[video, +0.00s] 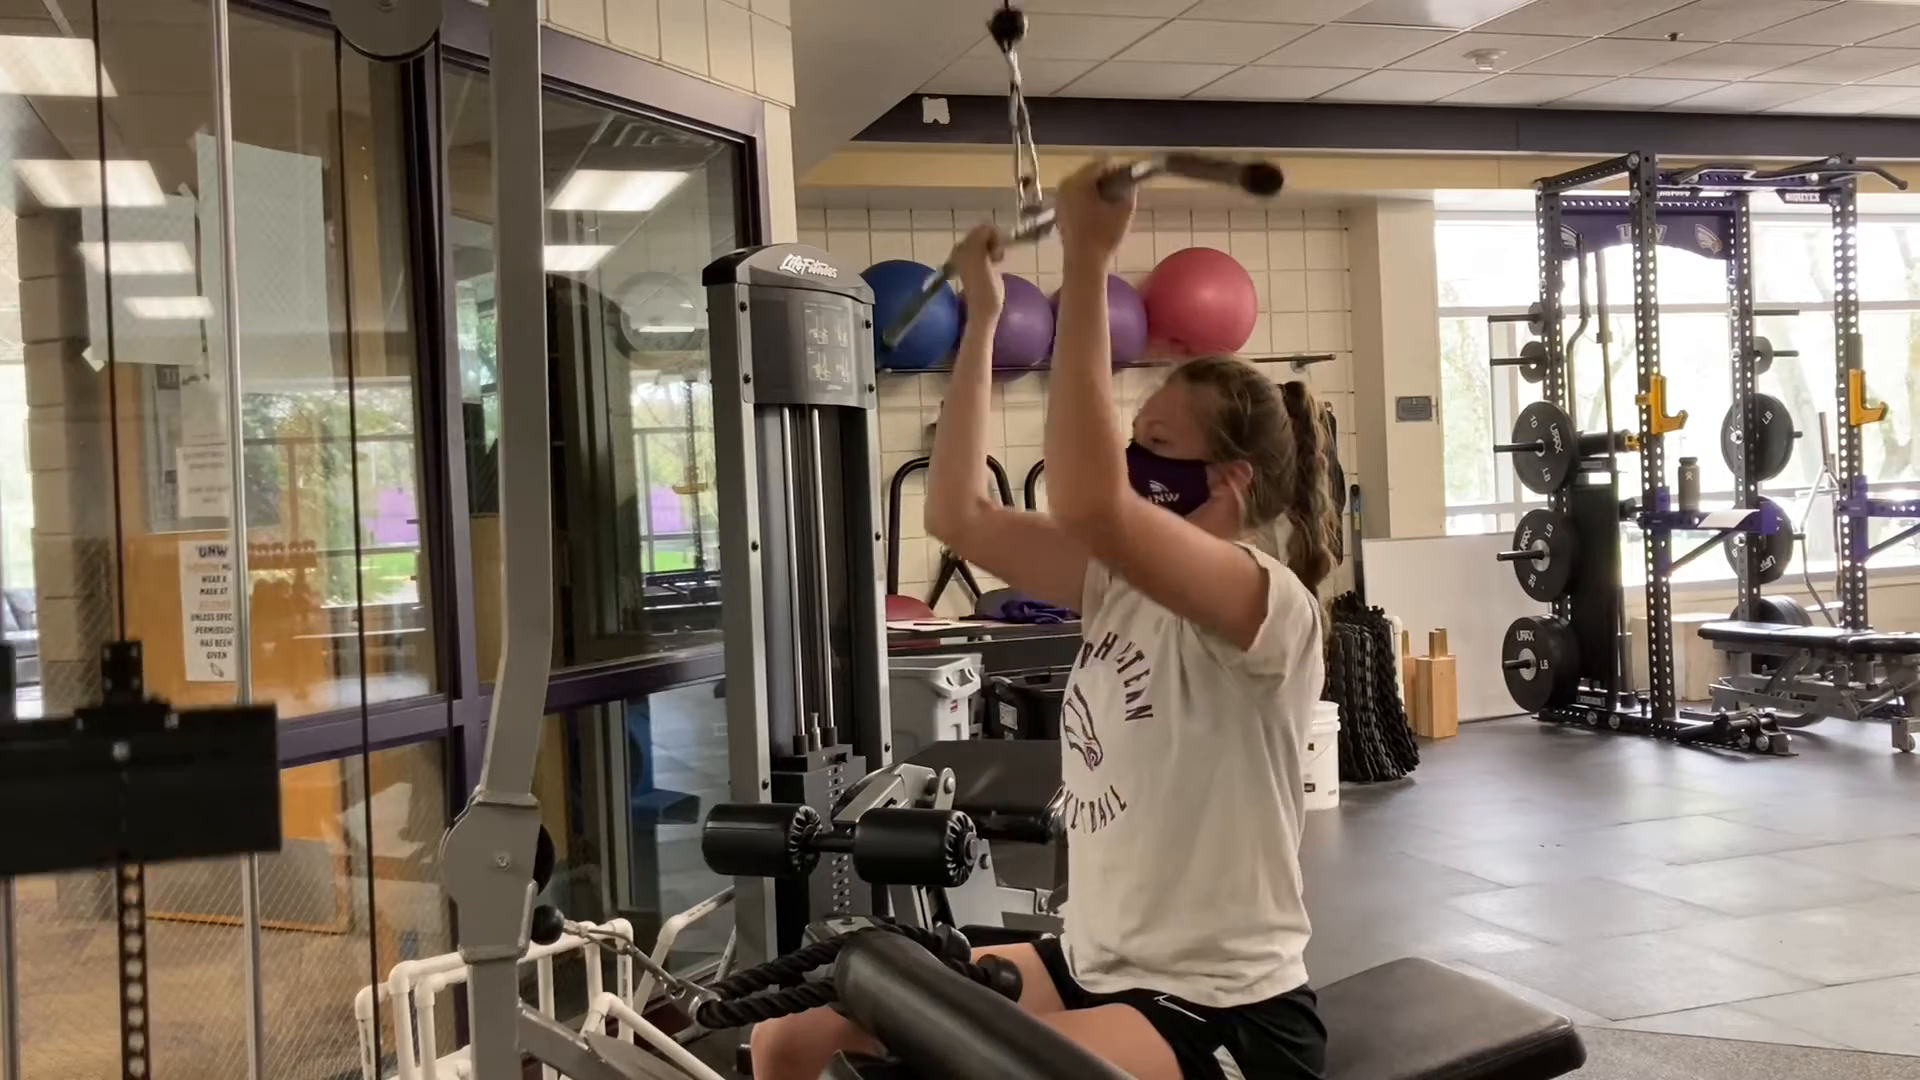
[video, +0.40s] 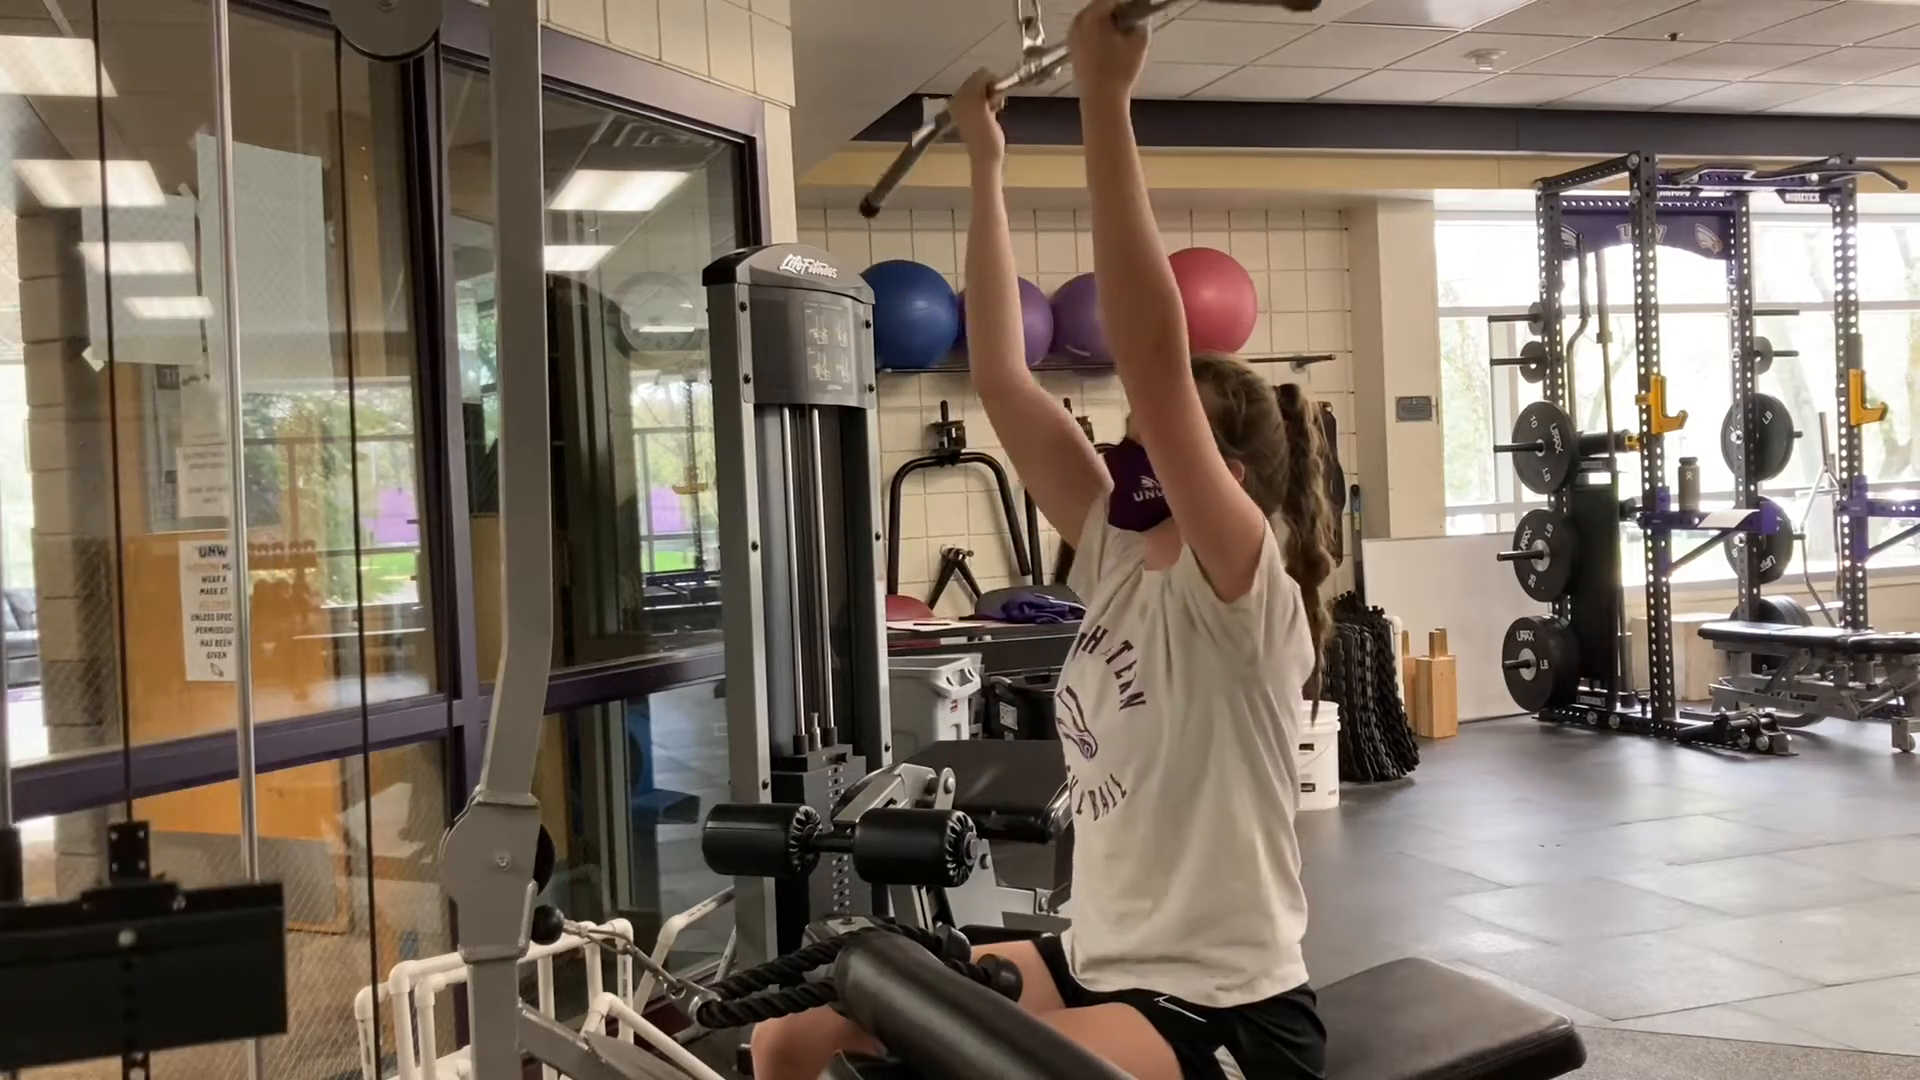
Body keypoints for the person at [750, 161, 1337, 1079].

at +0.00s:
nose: (1128, 469)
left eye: (1156, 458)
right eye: (1129, 447)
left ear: (1232, 486)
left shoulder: (1269, 607)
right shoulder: (1112, 575)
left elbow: (1091, 506)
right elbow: (959, 517)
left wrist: (1085, 264)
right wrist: (982, 319)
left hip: (1225, 1009)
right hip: (1091, 964)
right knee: (786, 1039)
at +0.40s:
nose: (1143, 443)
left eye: (1172, 419)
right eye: (1146, 421)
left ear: (1233, 453)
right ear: (1145, 435)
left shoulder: (1251, 586)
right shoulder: (1107, 549)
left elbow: (1154, 361)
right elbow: (1000, 370)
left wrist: (1105, 97)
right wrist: (984, 158)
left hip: (1224, 1010)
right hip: (1095, 971)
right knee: (791, 1041)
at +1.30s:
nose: (1112, 465)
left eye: (1139, 453)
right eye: (1112, 443)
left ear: (1213, 480)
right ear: (1096, 436)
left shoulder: (1246, 588)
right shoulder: (1102, 566)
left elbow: (1073, 488)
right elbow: (942, 488)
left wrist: (1086, 243)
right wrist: (971, 293)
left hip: (1224, 1007)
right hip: (1095, 963)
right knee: (789, 1038)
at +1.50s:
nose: (1114, 467)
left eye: (1144, 450)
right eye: (1116, 444)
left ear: (1221, 474)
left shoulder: (1260, 597)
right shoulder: (1114, 574)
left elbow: (1071, 612)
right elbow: (939, 593)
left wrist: (1090, 375)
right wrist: (969, 410)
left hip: (1227, 1008)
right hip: (1091, 961)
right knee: (792, 1038)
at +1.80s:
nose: (1122, 463)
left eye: (1151, 448)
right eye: (1123, 443)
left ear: (1228, 475)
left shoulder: (1261, 608)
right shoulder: (1129, 599)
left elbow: (1114, 783)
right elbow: (987, 750)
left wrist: (1110, 549)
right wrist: (986, 560)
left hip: (1222, 1002)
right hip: (1093, 958)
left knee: (971, 1067)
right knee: (787, 1043)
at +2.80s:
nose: (1124, 469)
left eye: (1153, 454)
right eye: (1128, 448)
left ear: (1231, 481)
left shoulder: (1259, 604)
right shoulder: (1119, 596)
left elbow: (1098, 617)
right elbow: (945, 609)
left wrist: (1095, 384)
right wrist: (979, 420)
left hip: (1225, 1011)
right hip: (1091, 964)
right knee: (788, 1039)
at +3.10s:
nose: (1131, 451)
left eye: (1157, 441)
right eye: (1131, 434)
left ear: (1226, 481)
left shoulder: (1251, 593)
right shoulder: (1106, 572)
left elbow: (1099, 452)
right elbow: (962, 481)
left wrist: (1100, 217)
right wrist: (981, 278)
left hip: (1222, 1013)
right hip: (1088, 967)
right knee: (788, 1041)